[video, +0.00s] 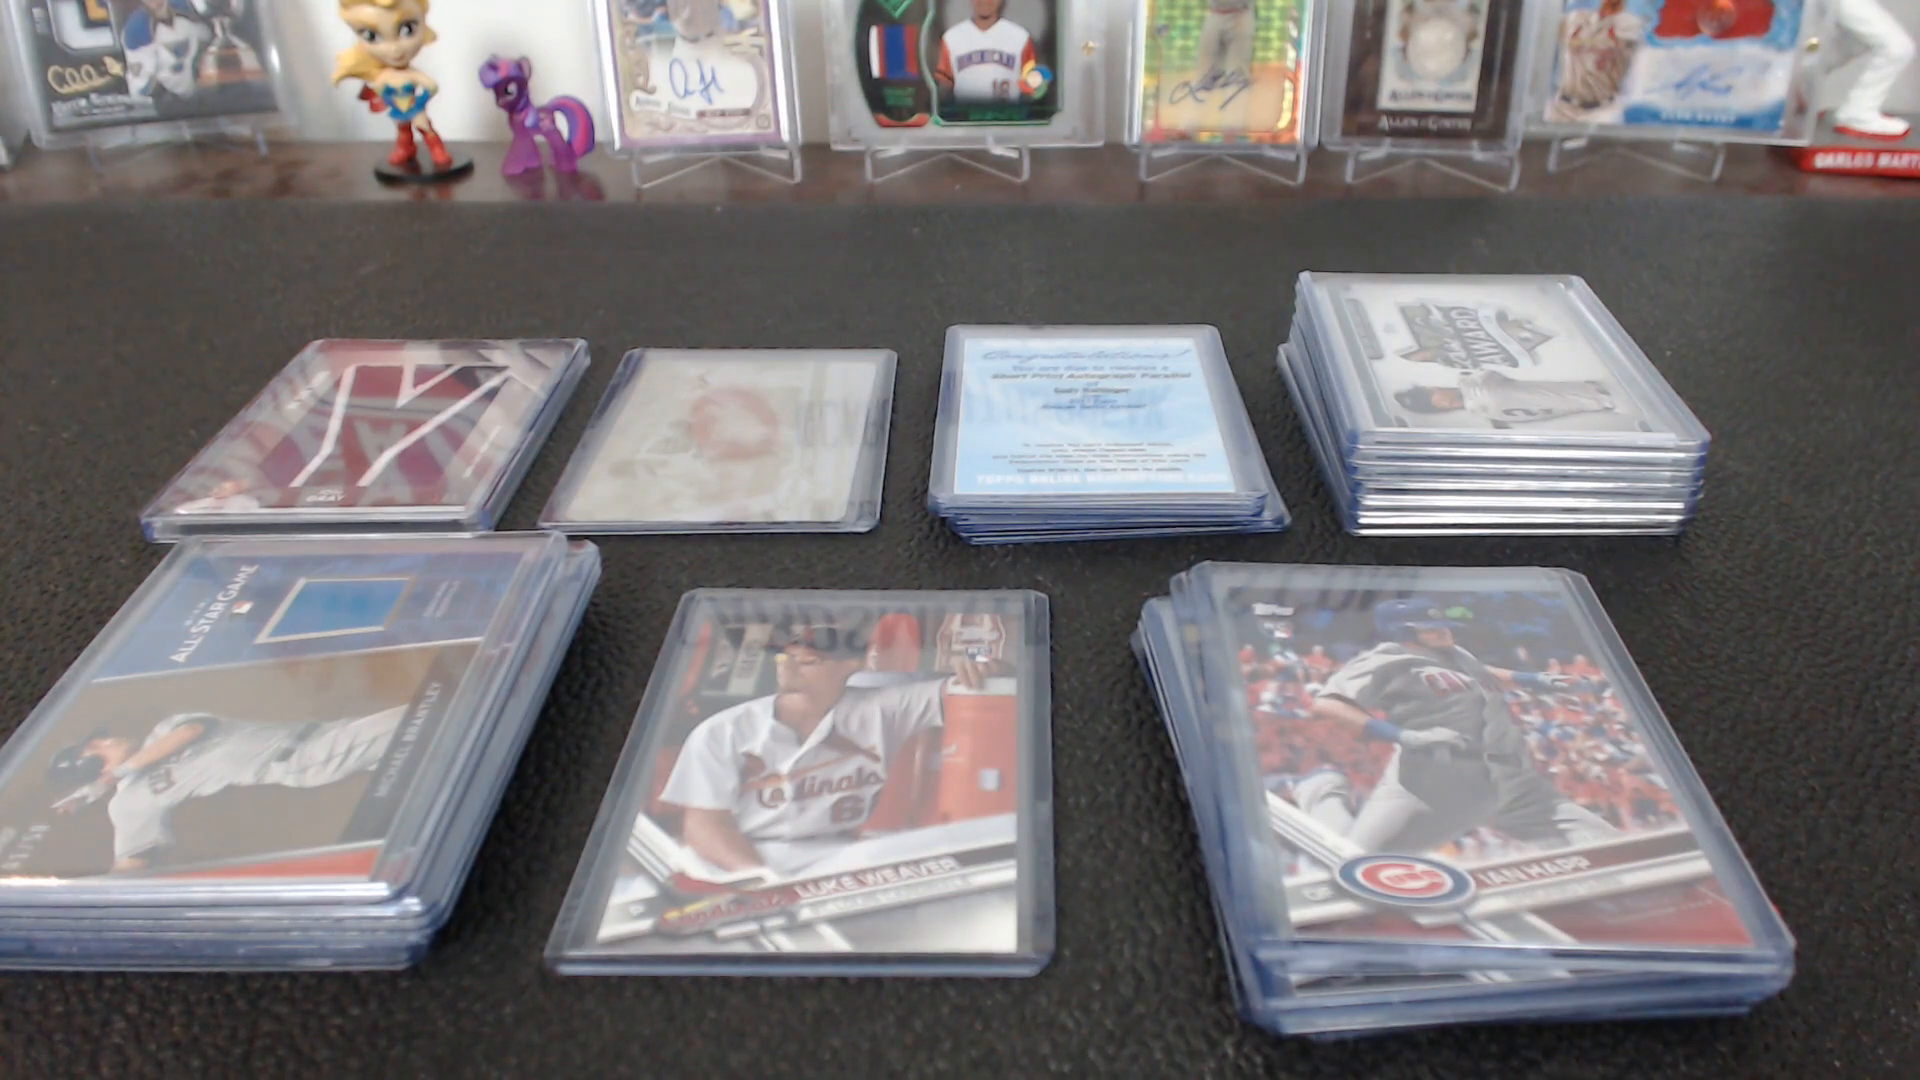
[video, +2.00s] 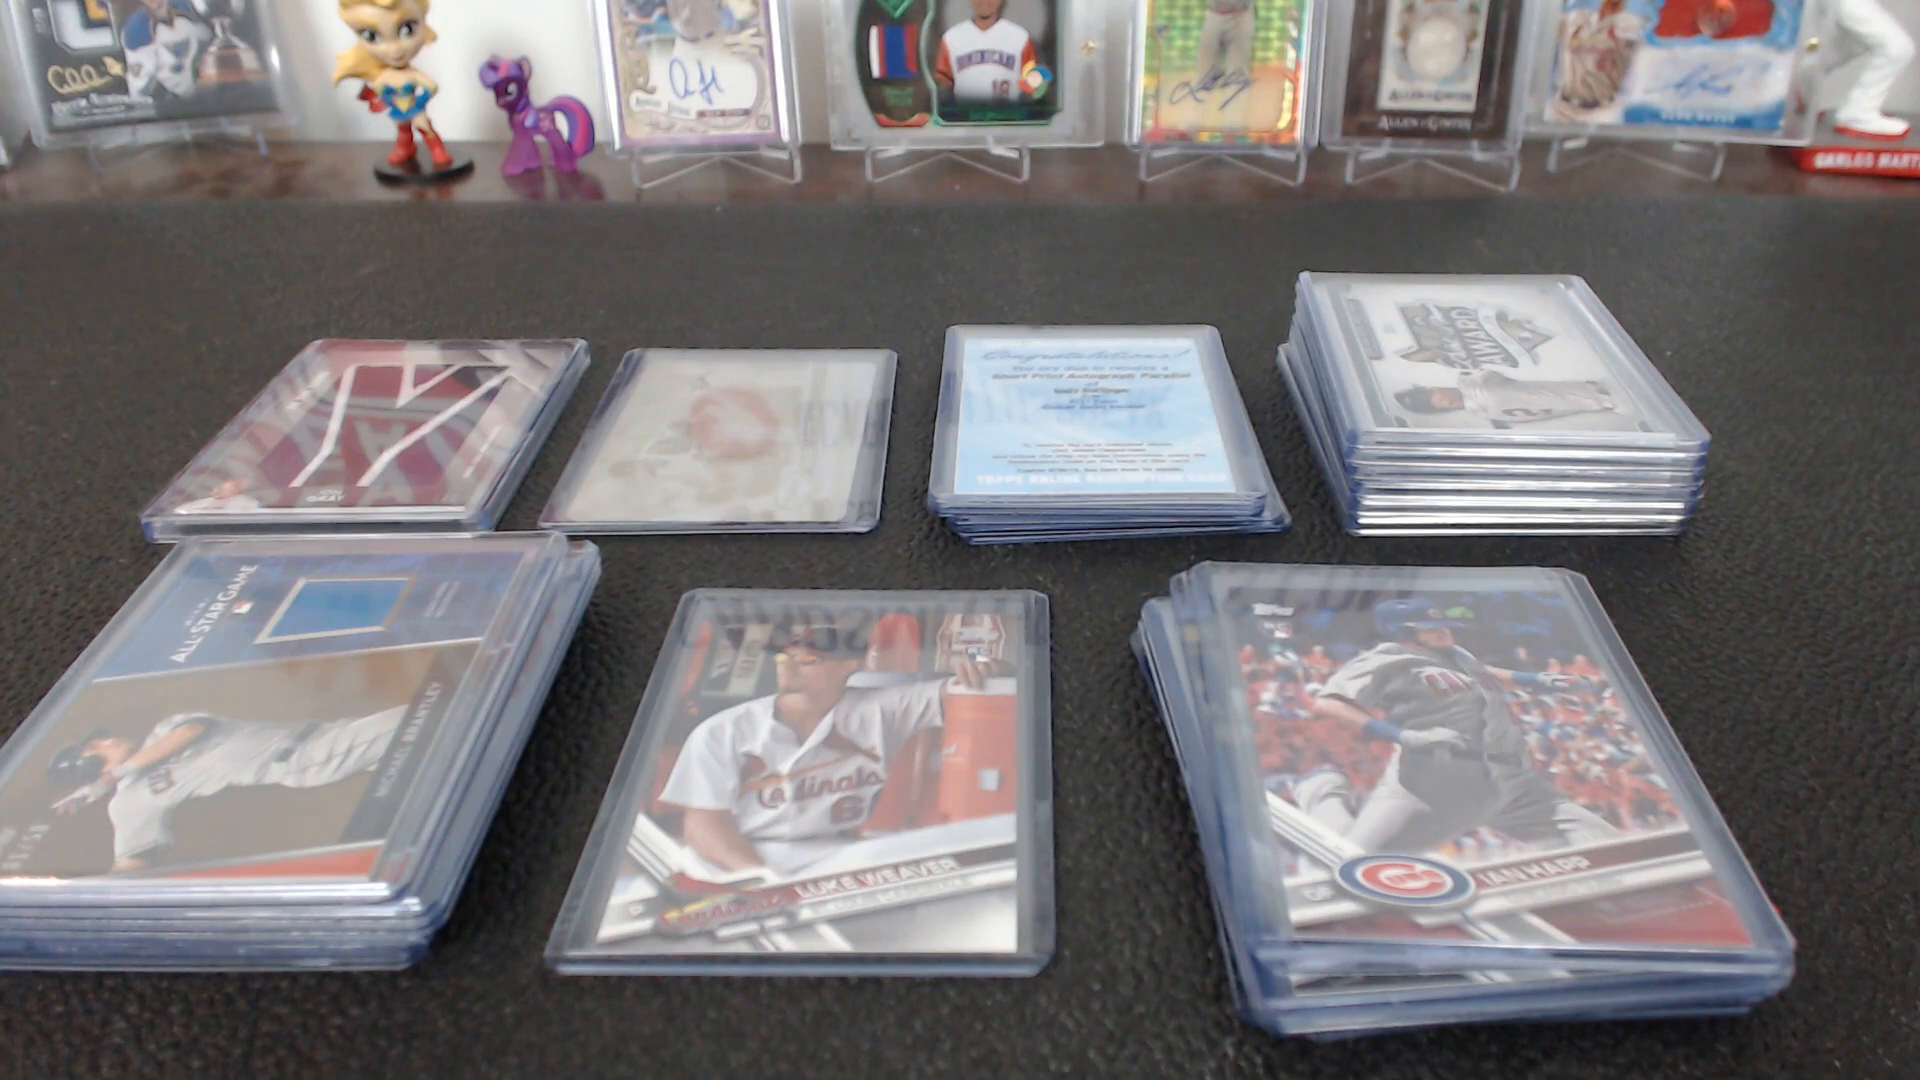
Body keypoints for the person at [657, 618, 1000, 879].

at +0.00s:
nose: (798, 655)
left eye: (820, 645)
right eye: (789, 643)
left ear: (853, 660)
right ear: (776, 654)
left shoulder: (877, 712)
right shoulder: (720, 735)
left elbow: (962, 689)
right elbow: (703, 829)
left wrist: (975, 670)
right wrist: (767, 883)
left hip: (828, 866)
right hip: (731, 870)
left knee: (891, 850)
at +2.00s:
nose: (797, 657)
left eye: (818, 647)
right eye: (789, 644)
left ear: (853, 664)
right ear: (776, 655)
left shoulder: (875, 716)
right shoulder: (720, 735)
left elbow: (954, 691)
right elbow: (703, 828)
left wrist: (973, 674)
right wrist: (767, 883)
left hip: (827, 866)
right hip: (730, 870)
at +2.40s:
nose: (797, 657)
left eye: (818, 647)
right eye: (789, 645)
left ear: (853, 664)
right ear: (776, 655)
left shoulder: (875, 716)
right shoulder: (720, 735)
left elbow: (955, 691)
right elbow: (703, 828)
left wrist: (973, 673)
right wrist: (767, 883)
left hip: (828, 866)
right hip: (730, 870)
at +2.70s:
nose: (792, 660)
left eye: (814, 650)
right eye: (785, 648)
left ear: (853, 664)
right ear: (775, 657)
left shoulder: (875, 714)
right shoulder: (720, 735)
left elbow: (957, 690)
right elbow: (703, 829)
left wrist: (974, 671)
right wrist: (767, 884)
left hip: (827, 867)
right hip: (728, 872)